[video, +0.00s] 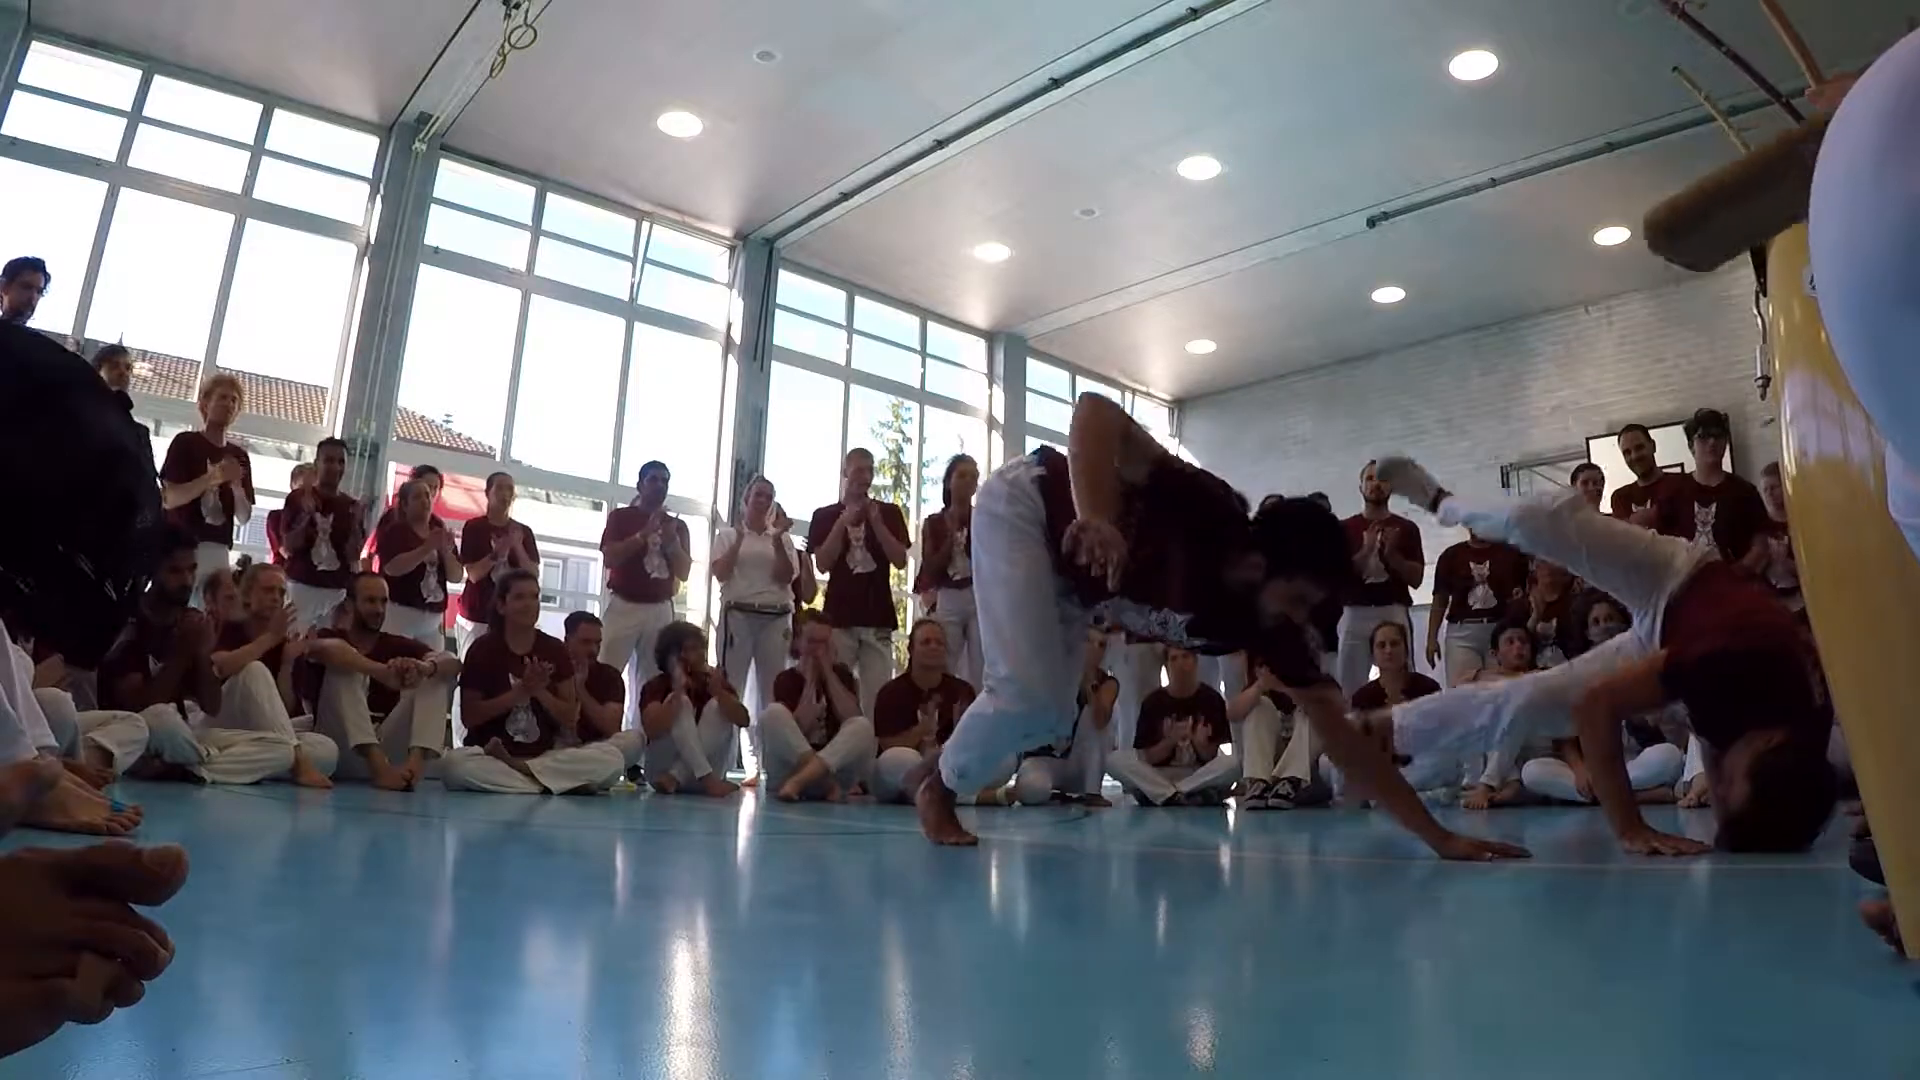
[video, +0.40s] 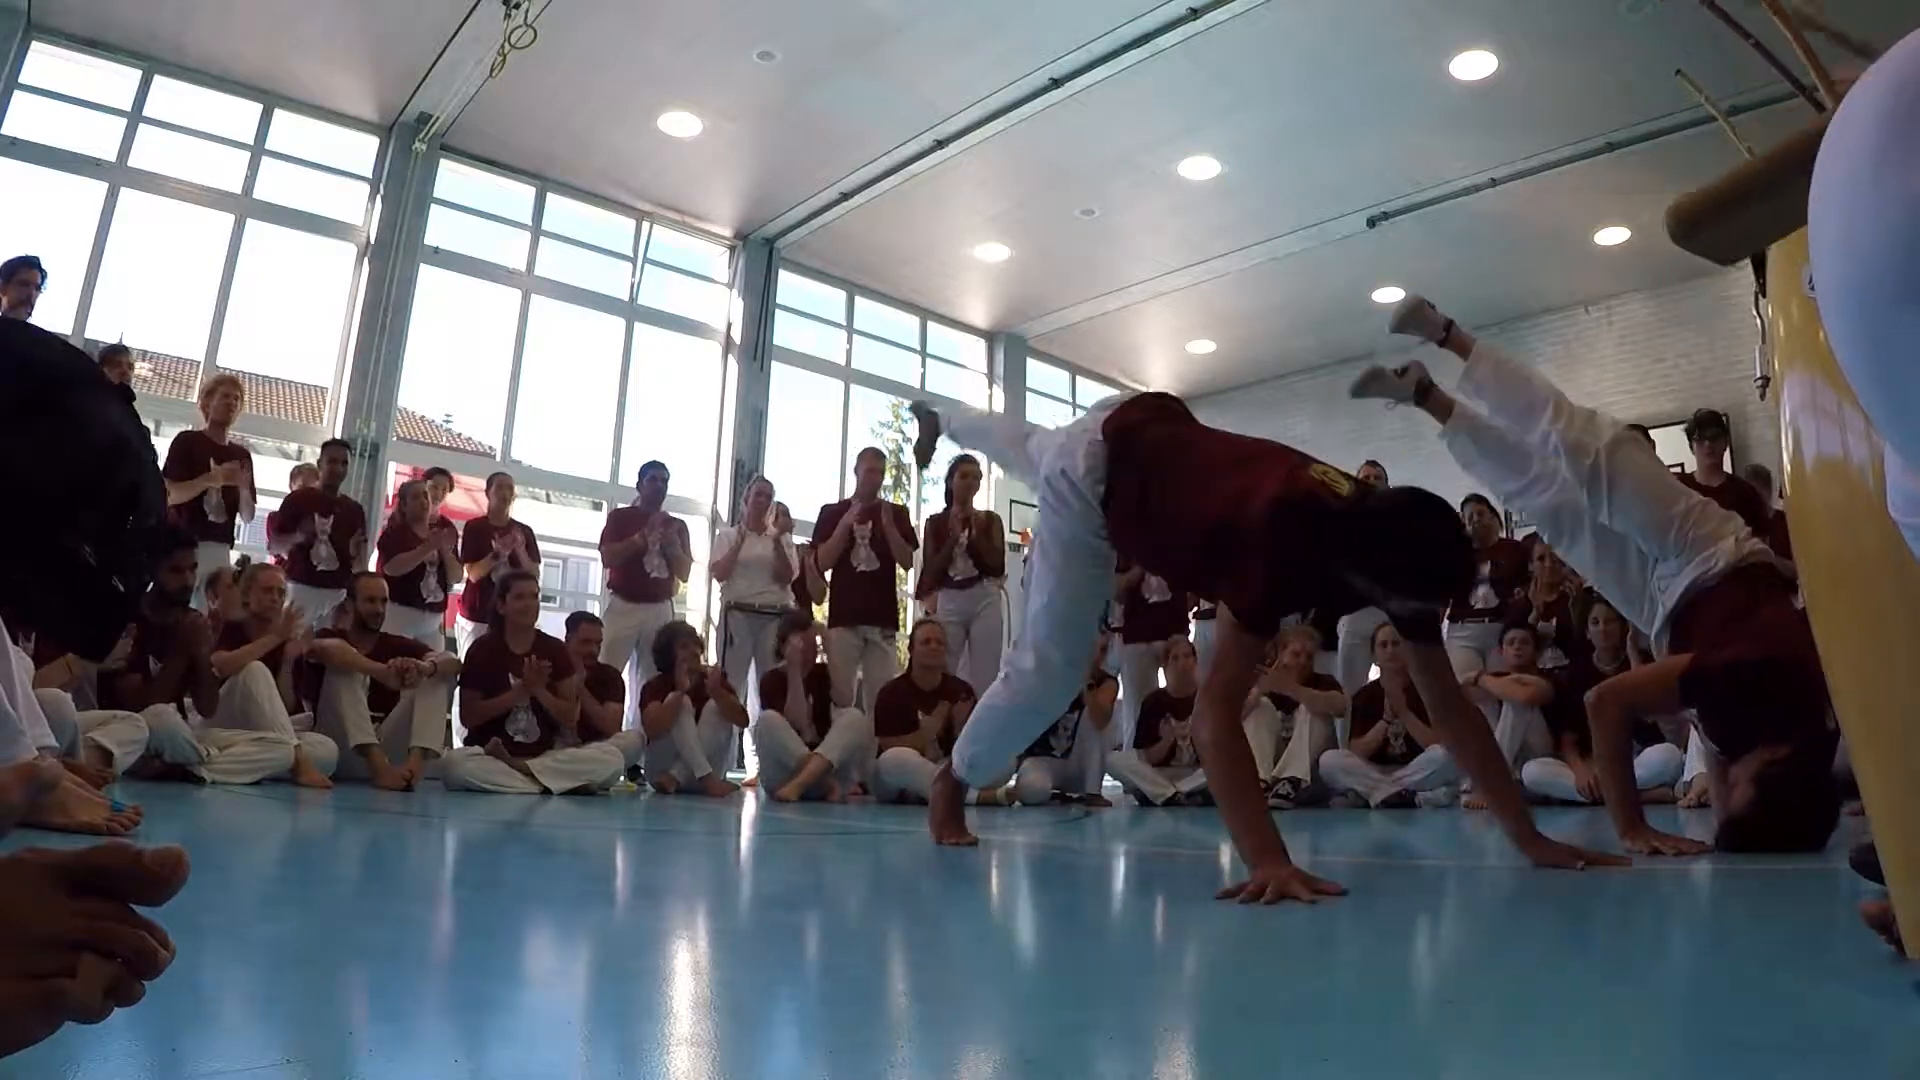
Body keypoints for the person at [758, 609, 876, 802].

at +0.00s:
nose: (818, 649)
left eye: (824, 643)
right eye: (812, 642)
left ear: (831, 645)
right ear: (798, 643)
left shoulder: (842, 674)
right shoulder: (786, 679)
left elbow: (853, 717)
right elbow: (795, 731)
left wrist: (829, 672)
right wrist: (810, 681)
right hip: (789, 775)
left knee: (862, 727)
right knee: (773, 713)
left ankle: (798, 782)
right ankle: (829, 785)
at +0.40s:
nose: (809, 645)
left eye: (812, 639)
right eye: (801, 639)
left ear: (817, 643)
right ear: (784, 644)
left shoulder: (825, 673)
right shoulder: (772, 679)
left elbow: (845, 700)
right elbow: (797, 724)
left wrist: (830, 649)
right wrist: (794, 669)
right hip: (785, 778)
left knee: (855, 717)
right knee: (767, 720)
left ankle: (798, 784)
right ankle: (829, 785)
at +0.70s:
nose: (807, 661)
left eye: (811, 654)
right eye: (799, 656)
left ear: (816, 651)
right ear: (786, 654)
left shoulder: (821, 673)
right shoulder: (770, 678)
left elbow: (849, 685)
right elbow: (790, 703)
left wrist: (822, 637)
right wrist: (781, 650)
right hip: (784, 777)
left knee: (857, 718)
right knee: (773, 716)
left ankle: (804, 785)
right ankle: (829, 784)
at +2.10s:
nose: (811, 664)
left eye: (818, 656)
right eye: (804, 657)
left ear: (827, 654)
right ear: (794, 656)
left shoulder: (836, 679)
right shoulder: (780, 680)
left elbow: (859, 687)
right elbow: (775, 701)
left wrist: (839, 656)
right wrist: (791, 653)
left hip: (832, 779)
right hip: (785, 777)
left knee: (851, 711)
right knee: (797, 701)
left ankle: (812, 785)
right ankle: (824, 783)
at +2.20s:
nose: (806, 657)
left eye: (812, 649)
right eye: (799, 652)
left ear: (821, 648)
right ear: (790, 653)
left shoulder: (836, 679)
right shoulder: (781, 679)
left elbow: (860, 695)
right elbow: (773, 703)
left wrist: (838, 659)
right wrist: (807, 668)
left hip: (831, 778)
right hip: (785, 776)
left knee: (847, 711)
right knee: (796, 700)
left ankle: (812, 785)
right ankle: (824, 783)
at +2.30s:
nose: (810, 655)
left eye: (814, 647)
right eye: (801, 653)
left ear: (823, 645)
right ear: (791, 658)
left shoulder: (839, 679)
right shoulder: (785, 678)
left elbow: (860, 696)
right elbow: (775, 701)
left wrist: (844, 664)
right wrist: (817, 683)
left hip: (832, 778)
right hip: (785, 776)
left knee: (846, 709)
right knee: (795, 702)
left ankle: (812, 785)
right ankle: (825, 783)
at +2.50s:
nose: (810, 651)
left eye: (813, 642)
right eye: (800, 649)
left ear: (821, 644)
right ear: (790, 656)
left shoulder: (837, 678)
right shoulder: (784, 677)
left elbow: (861, 699)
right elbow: (777, 701)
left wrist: (840, 658)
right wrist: (833, 697)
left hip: (832, 779)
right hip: (786, 777)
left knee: (845, 709)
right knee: (795, 704)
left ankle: (812, 785)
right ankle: (824, 784)